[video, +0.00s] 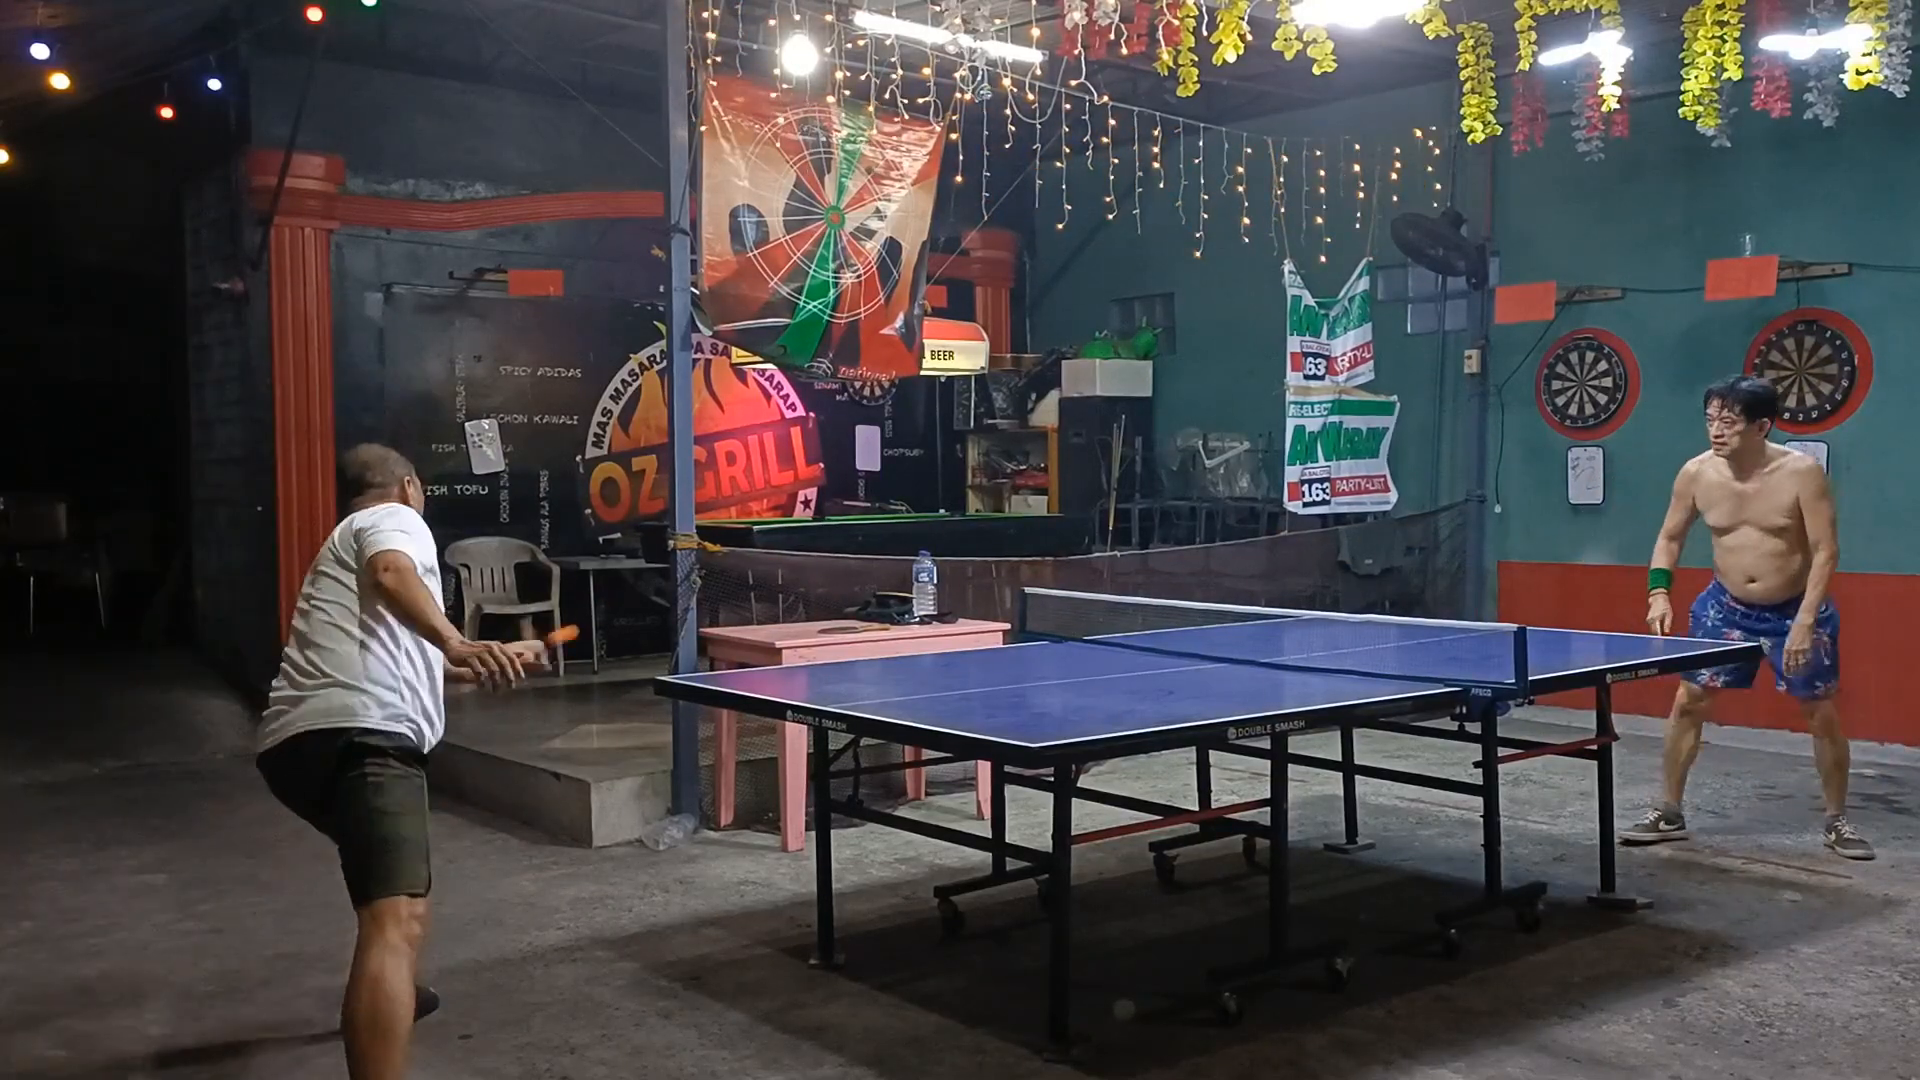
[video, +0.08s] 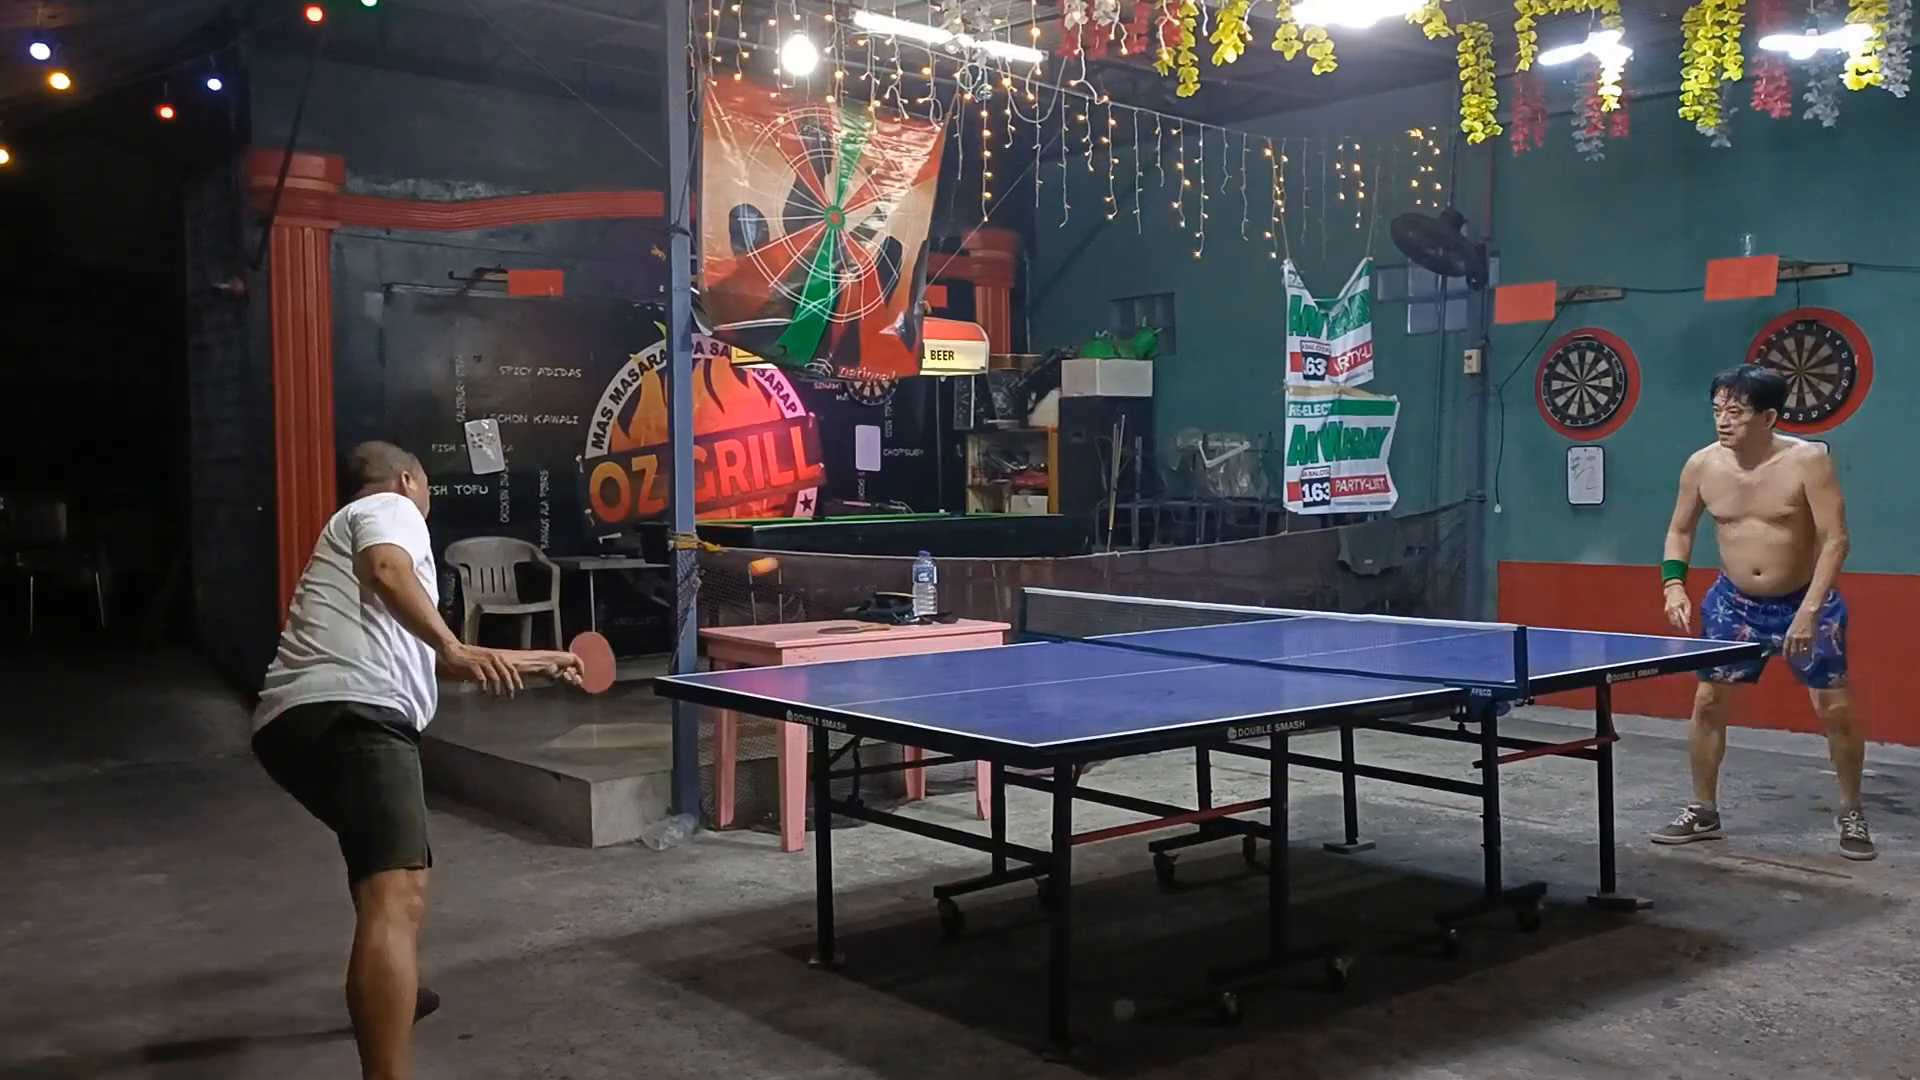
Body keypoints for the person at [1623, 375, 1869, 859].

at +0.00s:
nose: (1717, 429)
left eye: (1729, 419)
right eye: (1712, 418)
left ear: (1762, 425)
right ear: (1706, 422)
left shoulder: (1802, 473)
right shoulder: (1696, 474)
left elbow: (1825, 553)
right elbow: (1670, 538)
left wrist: (1804, 624)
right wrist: (1658, 592)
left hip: (1796, 614)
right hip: (1725, 610)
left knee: (1823, 717)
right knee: (1687, 702)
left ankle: (1837, 821)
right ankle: (1669, 811)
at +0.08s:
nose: (1723, 420)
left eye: (1735, 411)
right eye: (1719, 410)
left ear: (1768, 416)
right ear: (1713, 412)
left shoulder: (1808, 461)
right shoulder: (1701, 466)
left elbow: (1834, 542)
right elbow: (1680, 531)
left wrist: (1808, 612)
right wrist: (1673, 586)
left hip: (1806, 604)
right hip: (1733, 603)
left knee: (1836, 710)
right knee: (1707, 701)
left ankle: (1851, 812)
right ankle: (1703, 811)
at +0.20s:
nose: (1732, 429)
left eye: (1744, 420)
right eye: (1727, 419)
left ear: (1776, 425)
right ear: (1723, 420)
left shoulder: (1816, 470)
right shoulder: (1710, 474)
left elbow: (1850, 546)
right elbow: (1683, 538)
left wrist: (1815, 612)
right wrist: (1676, 587)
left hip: (1815, 611)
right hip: (1740, 613)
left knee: (1849, 713)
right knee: (1705, 706)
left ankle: (1887, 829)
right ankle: (1703, 814)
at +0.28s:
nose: (1744, 442)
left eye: (1756, 434)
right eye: (1739, 432)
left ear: (1788, 439)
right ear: (1734, 432)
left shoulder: (1829, 484)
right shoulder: (1721, 486)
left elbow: (1863, 557)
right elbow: (1684, 549)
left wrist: (1833, 613)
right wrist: (1673, 588)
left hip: (1821, 624)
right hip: (1747, 620)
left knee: (1861, 719)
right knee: (1695, 704)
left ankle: (1892, 831)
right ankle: (1694, 807)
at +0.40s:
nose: (1746, 449)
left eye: (1759, 440)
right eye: (1741, 437)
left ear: (1789, 444)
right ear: (1736, 438)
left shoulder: (1830, 487)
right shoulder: (1719, 490)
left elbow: (1874, 552)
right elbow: (1675, 549)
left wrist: (1860, 601)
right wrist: (1666, 576)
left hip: (1820, 626)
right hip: (1746, 622)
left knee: (1856, 723)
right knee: (1688, 707)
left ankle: (1892, 831)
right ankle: (1660, 803)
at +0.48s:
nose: (1736, 457)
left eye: (1749, 448)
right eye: (1731, 446)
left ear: (1778, 451)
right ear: (1725, 445)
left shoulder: (1820, 495)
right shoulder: (1707, 496)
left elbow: (1872, 551)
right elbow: (1655, 556)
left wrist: (1880, 599)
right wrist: (1662, 584)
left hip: (1809, 636)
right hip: (1733, 634)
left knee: (1850, 725)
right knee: (1675, 719)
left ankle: (1892, 830)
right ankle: (1640, 810)